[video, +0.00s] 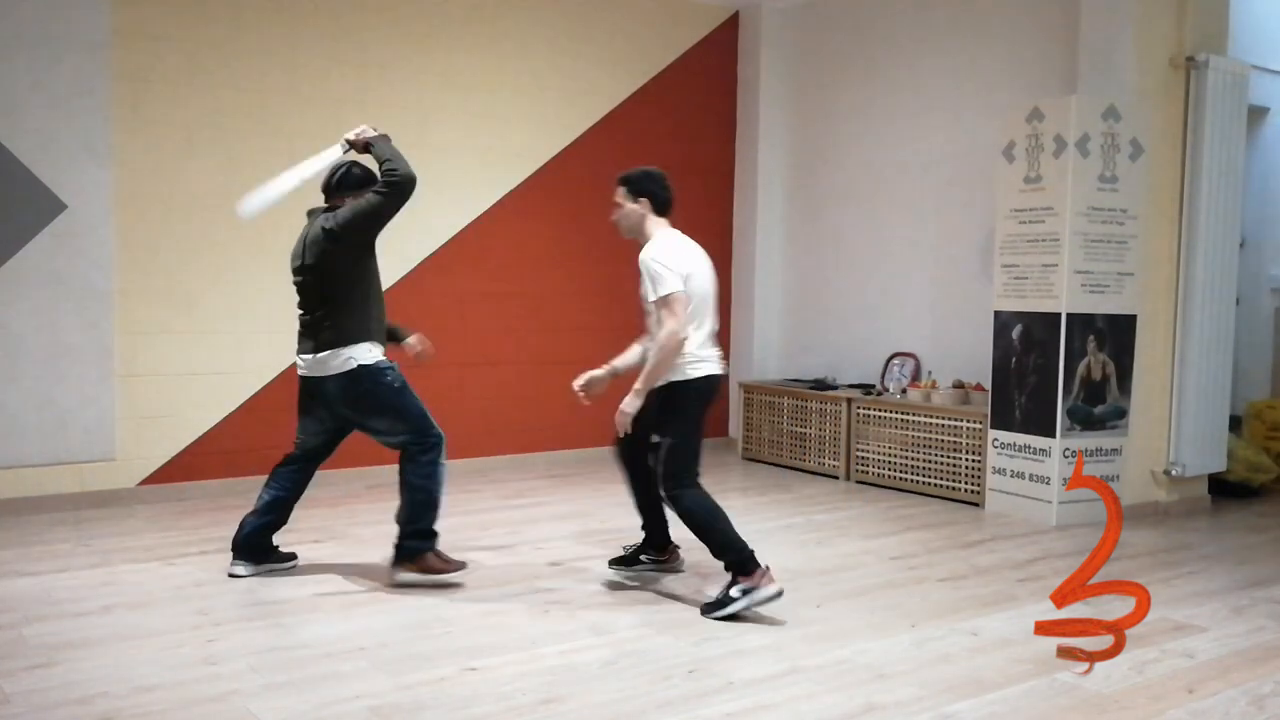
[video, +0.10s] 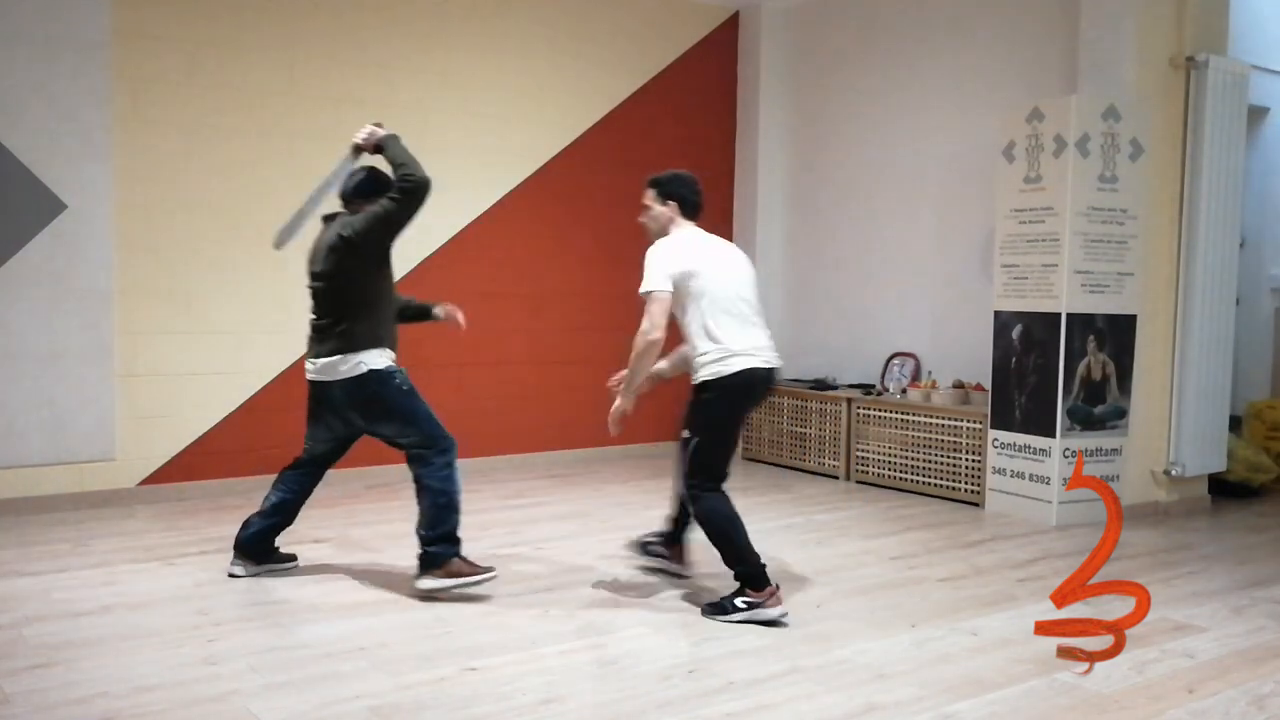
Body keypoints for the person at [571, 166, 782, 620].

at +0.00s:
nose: (613, 215)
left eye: (618, 205)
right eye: (614, 206)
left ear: (643, 206)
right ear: (650, 207)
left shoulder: (657, 254)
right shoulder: (683, 248)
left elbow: (674, 333)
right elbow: (655, 335)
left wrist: (637, 394)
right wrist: (608, 371)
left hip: (687, 380)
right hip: (685, 376)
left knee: (677, 482)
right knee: (632, 443)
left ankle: (751, 574)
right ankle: (658, 545)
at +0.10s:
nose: (641, 217)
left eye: (646, 208)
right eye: (642, 208)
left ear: (670, 209)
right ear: (681, 211)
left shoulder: (666, 251)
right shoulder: (727, 250)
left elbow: (653, 332)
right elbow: (709, 337)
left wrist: (629, 394)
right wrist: (646, 372)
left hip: (723, 373)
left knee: (702, 484)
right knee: (694, 444)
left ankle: (758, 589)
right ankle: (673, 540)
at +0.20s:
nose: (677, 220)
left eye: (682, 211)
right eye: (677, 211)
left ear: (708, 210)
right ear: (723, 211)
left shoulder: (697, 254)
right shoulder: (768, 252)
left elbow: (651, 335)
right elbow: (759, 336)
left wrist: (625, 394)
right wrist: (696, 375)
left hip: (755, 378)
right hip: (801, 375)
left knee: (715, 483)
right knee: (752, 457)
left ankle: (758, 593)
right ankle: (797, 554)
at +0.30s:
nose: (719, 216)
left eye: (725, 207)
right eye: (720, 207)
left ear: (752, 206)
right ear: (766, 207)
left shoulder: (736, 251)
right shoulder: (813, 253)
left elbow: (691, 332)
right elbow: (804, 338)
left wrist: (655, 390)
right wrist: (745, 383)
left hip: (777, 387)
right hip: (828, 386)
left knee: (726, 479)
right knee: (833, 483)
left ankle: (756, 595)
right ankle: (928, 552)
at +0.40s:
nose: (772, 217)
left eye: (779, 207)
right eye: (772, 207)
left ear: (807, 209)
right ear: (814, 209)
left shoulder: (784, 254)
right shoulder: (862, 260)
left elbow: (740, 330)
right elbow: (866, 334)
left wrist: (705, 391)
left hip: (810, 398)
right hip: (869, 396)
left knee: (749, 480)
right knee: (927, 483)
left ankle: (754, 594)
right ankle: (1013, 567)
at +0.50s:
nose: (833, 217)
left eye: (839, 209)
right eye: (834, 208)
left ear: (865, 209)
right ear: (881, 211)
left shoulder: (840, 254)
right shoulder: (928, 259)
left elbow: (804, 336)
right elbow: (958, 347)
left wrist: (772, 391)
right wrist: (952, 387)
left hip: (869, 396)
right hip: (933, 396)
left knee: (804, 483)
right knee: (1000, 485)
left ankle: (759, 591)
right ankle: (1077, 579)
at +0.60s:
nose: (898, 230)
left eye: (905, 221)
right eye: (898, 220)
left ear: (932, 222)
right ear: (945, 222)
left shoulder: (915, 267)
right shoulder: (1003, 271)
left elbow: (881, 352)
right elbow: (1029, 359)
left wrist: (850, 407)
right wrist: (1002, 404)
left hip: (937, 403)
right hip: (1001, 409)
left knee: (857, 469)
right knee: (1048, 504)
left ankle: (826, 583)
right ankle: (1130, 602)